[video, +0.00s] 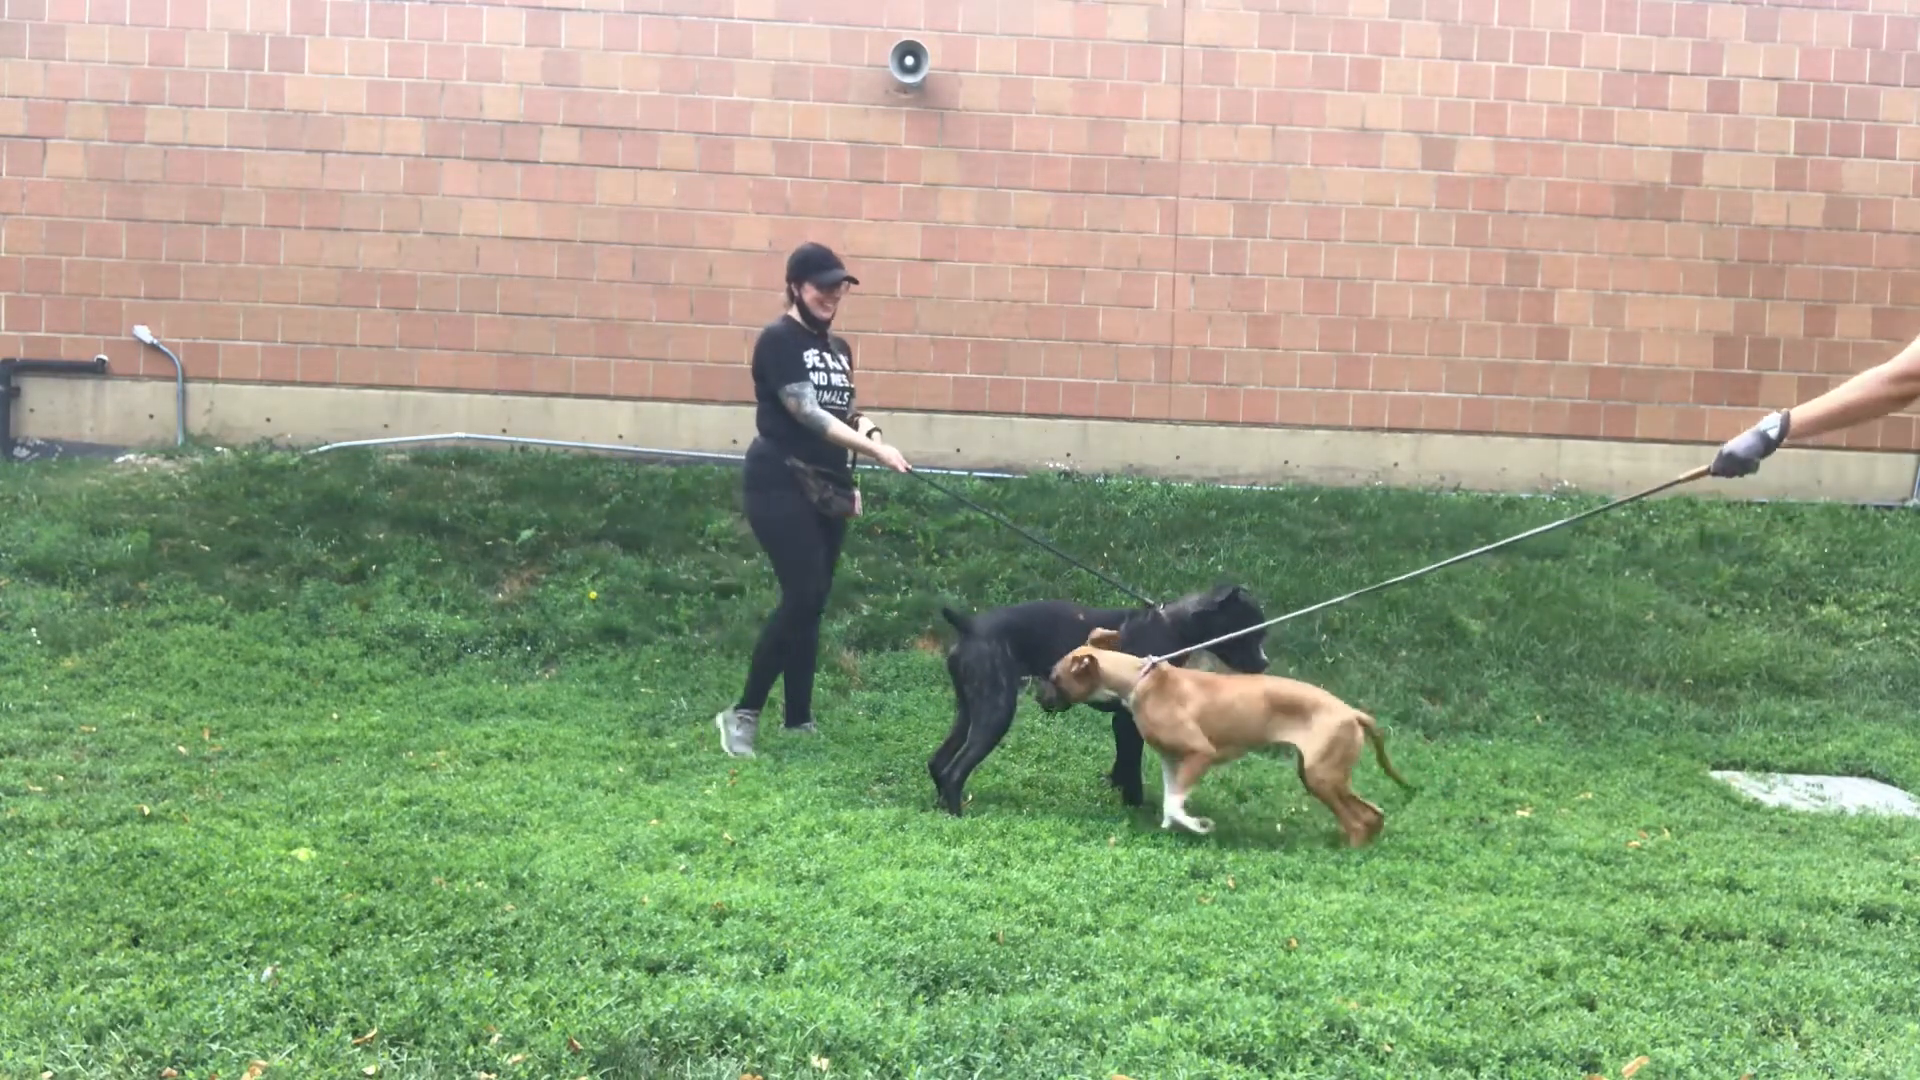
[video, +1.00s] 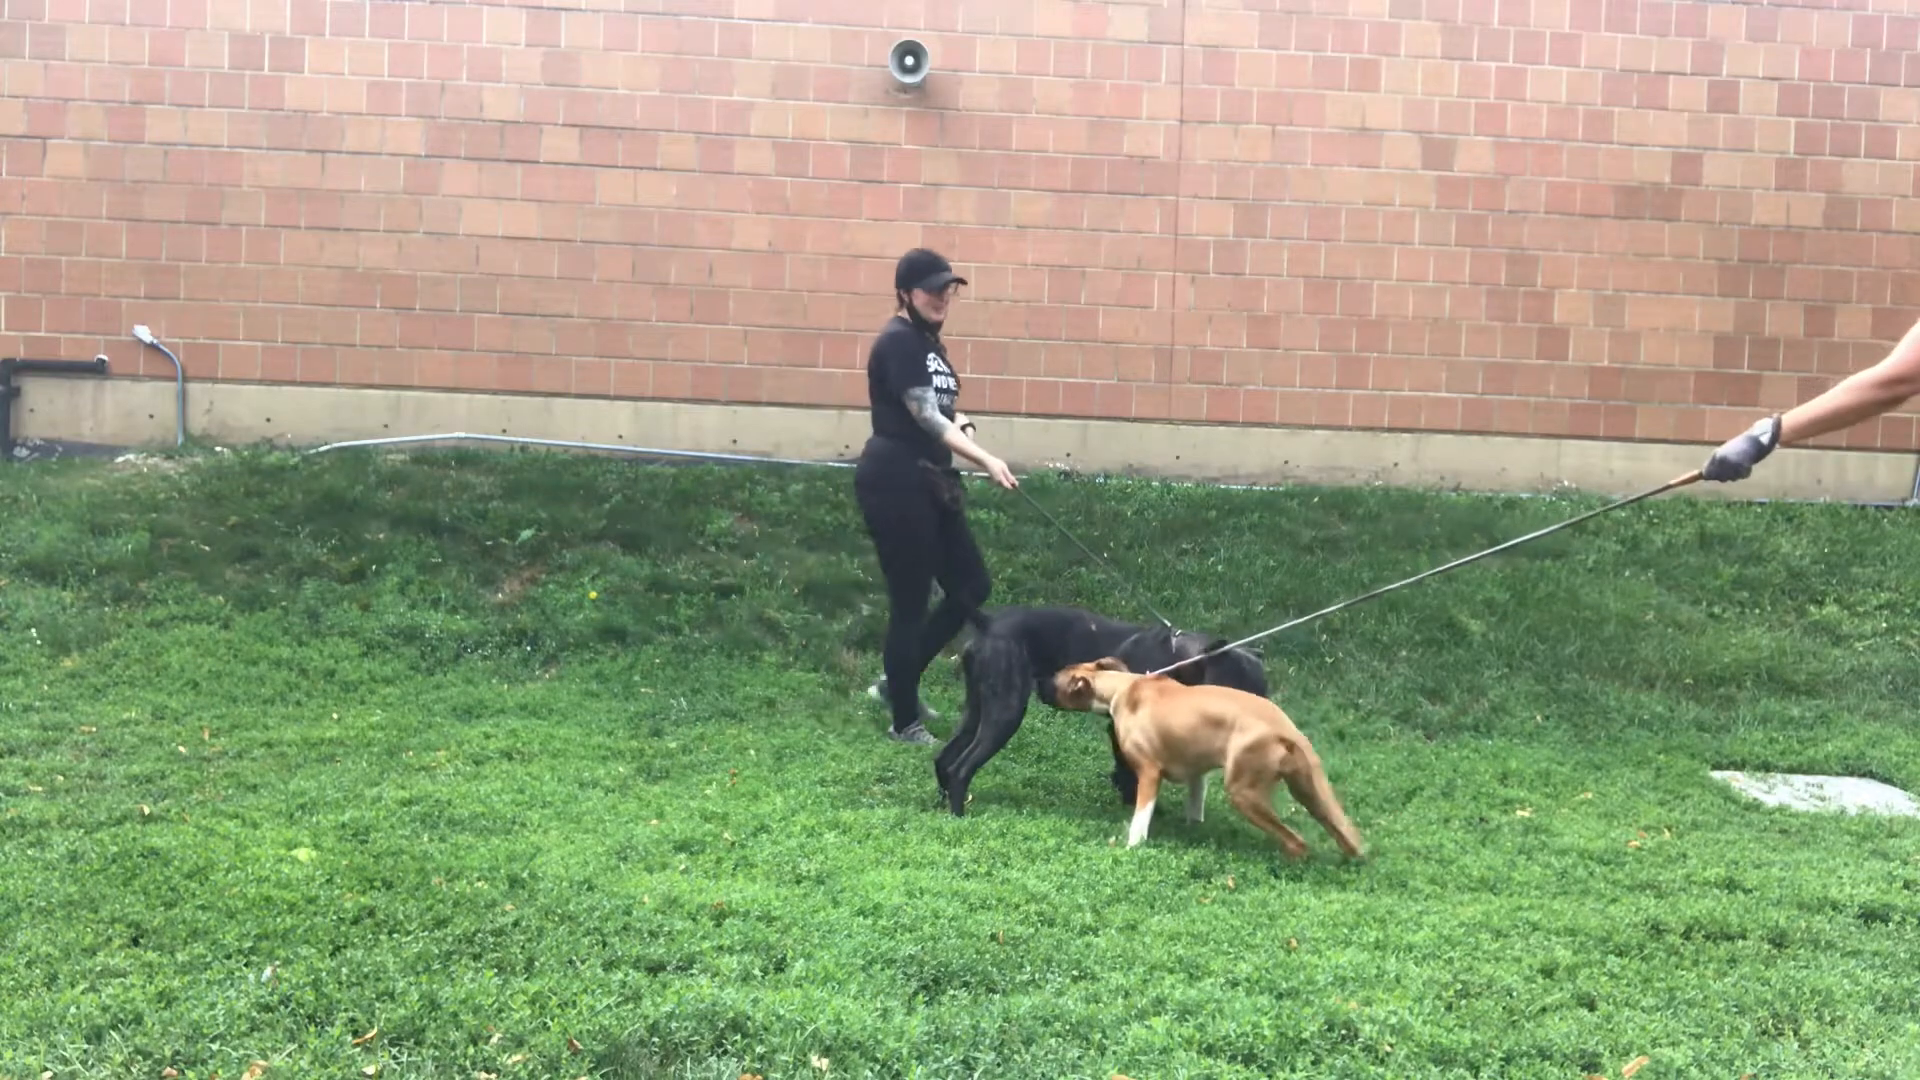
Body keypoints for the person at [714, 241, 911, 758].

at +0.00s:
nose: (833, 296)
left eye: (838, 287)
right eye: (823, 286)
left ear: (843, 291)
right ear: (796, 287)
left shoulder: (839, 349)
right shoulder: (777, 341)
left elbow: (844, 414)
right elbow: (806, 412)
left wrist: (869, 439)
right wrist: (873, 446)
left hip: (828, 483)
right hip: (779, 479)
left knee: (811, 598)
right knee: (804, 592)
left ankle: (798, 724)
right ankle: (743, 715)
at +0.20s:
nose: (844, 296)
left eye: (849, 287)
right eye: (834, 287)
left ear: (854, 288)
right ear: (808, 287)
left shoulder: (849, 347)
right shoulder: (792, 338)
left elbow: (851, 411)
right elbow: (816, 408)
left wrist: (878, 427)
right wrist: (883, 443)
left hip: (830, 479)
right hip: (792, 474)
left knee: (813, 597)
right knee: (853, 578)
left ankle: (799, 718)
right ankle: (824, 708)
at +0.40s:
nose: (861, 300)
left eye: (867, 291)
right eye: (851, 291)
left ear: (872, 292)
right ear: (826, 291)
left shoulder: (859, 347)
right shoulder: (813, 342)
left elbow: (866, 413)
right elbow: (833, 414)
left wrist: (895, 434)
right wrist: (901, 450)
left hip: (845, 482)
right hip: (816, 481)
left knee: (817, 606)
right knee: (874, 590)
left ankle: (799, 722)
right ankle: (899, 717)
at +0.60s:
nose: (885, 304)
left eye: (890, 295)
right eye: (875, 296)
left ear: (895, 296)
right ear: (851, 298)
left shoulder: (876, 346)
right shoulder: (844, 348)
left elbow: (891, 412)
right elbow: (855, 425)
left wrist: (918, 438)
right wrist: (924, 457)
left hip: (858, 482)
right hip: (851, 484)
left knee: (842, 605)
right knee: (886, 603)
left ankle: (800, 721)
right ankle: (904, 725)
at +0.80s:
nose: (914, 302)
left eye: (919, 293)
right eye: (904, 295)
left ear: (923, 295)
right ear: (879, 298)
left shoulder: (905, 345)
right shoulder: (874, 347)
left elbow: (923, 411)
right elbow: (899, 423)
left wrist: (944, 435)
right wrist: (967, 462)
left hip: (896, 480)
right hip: (875, 481)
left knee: (903, 598)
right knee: (902, 601)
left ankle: (826, 702)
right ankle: (904, 726)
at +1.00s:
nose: (943, 300)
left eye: (948, 291)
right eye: (934, 291)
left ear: (951, 293)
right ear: (907, 293)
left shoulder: (929, 343)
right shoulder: (899, 343)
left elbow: (931, 421)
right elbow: (930, 419)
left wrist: (946, 474)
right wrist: (990, 459)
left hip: (930, 480)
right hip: (896, 480)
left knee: (971, 588)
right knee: (910, 599)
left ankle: (895, 681)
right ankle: (905, 722)